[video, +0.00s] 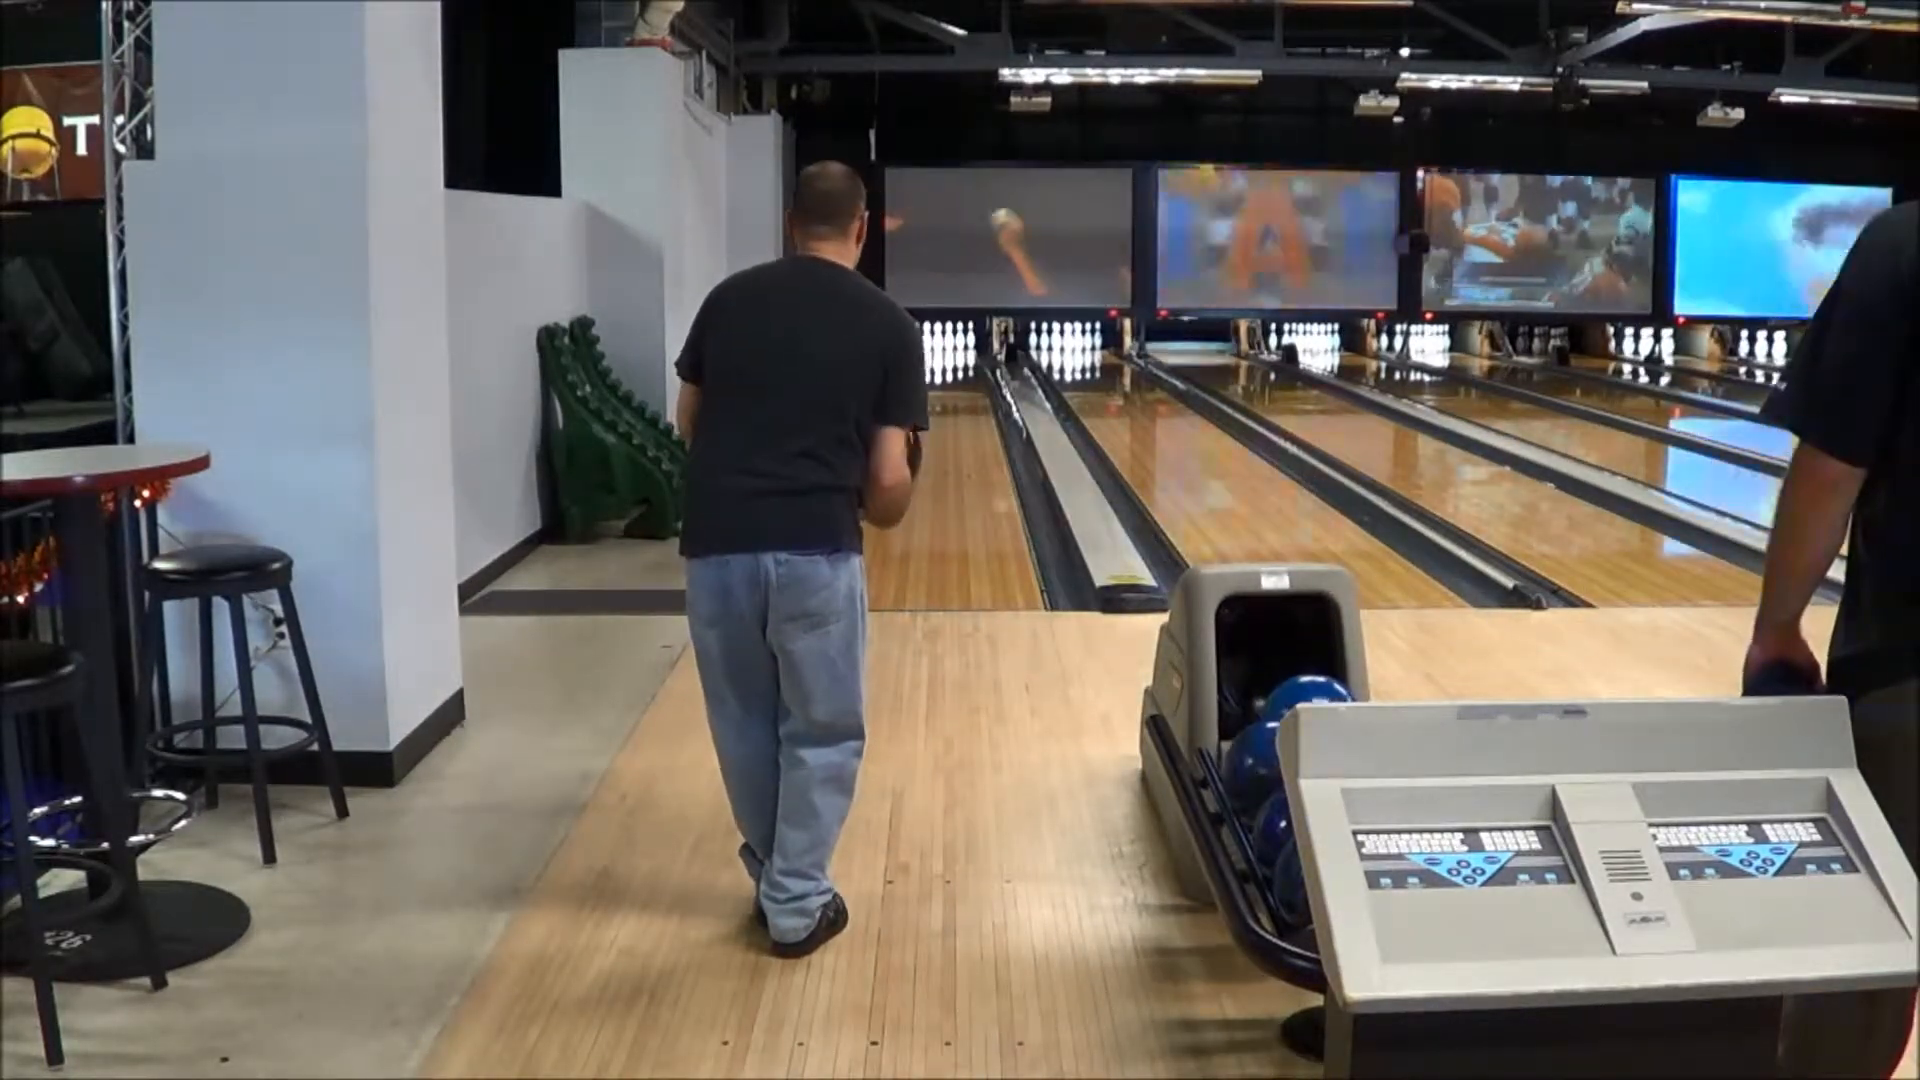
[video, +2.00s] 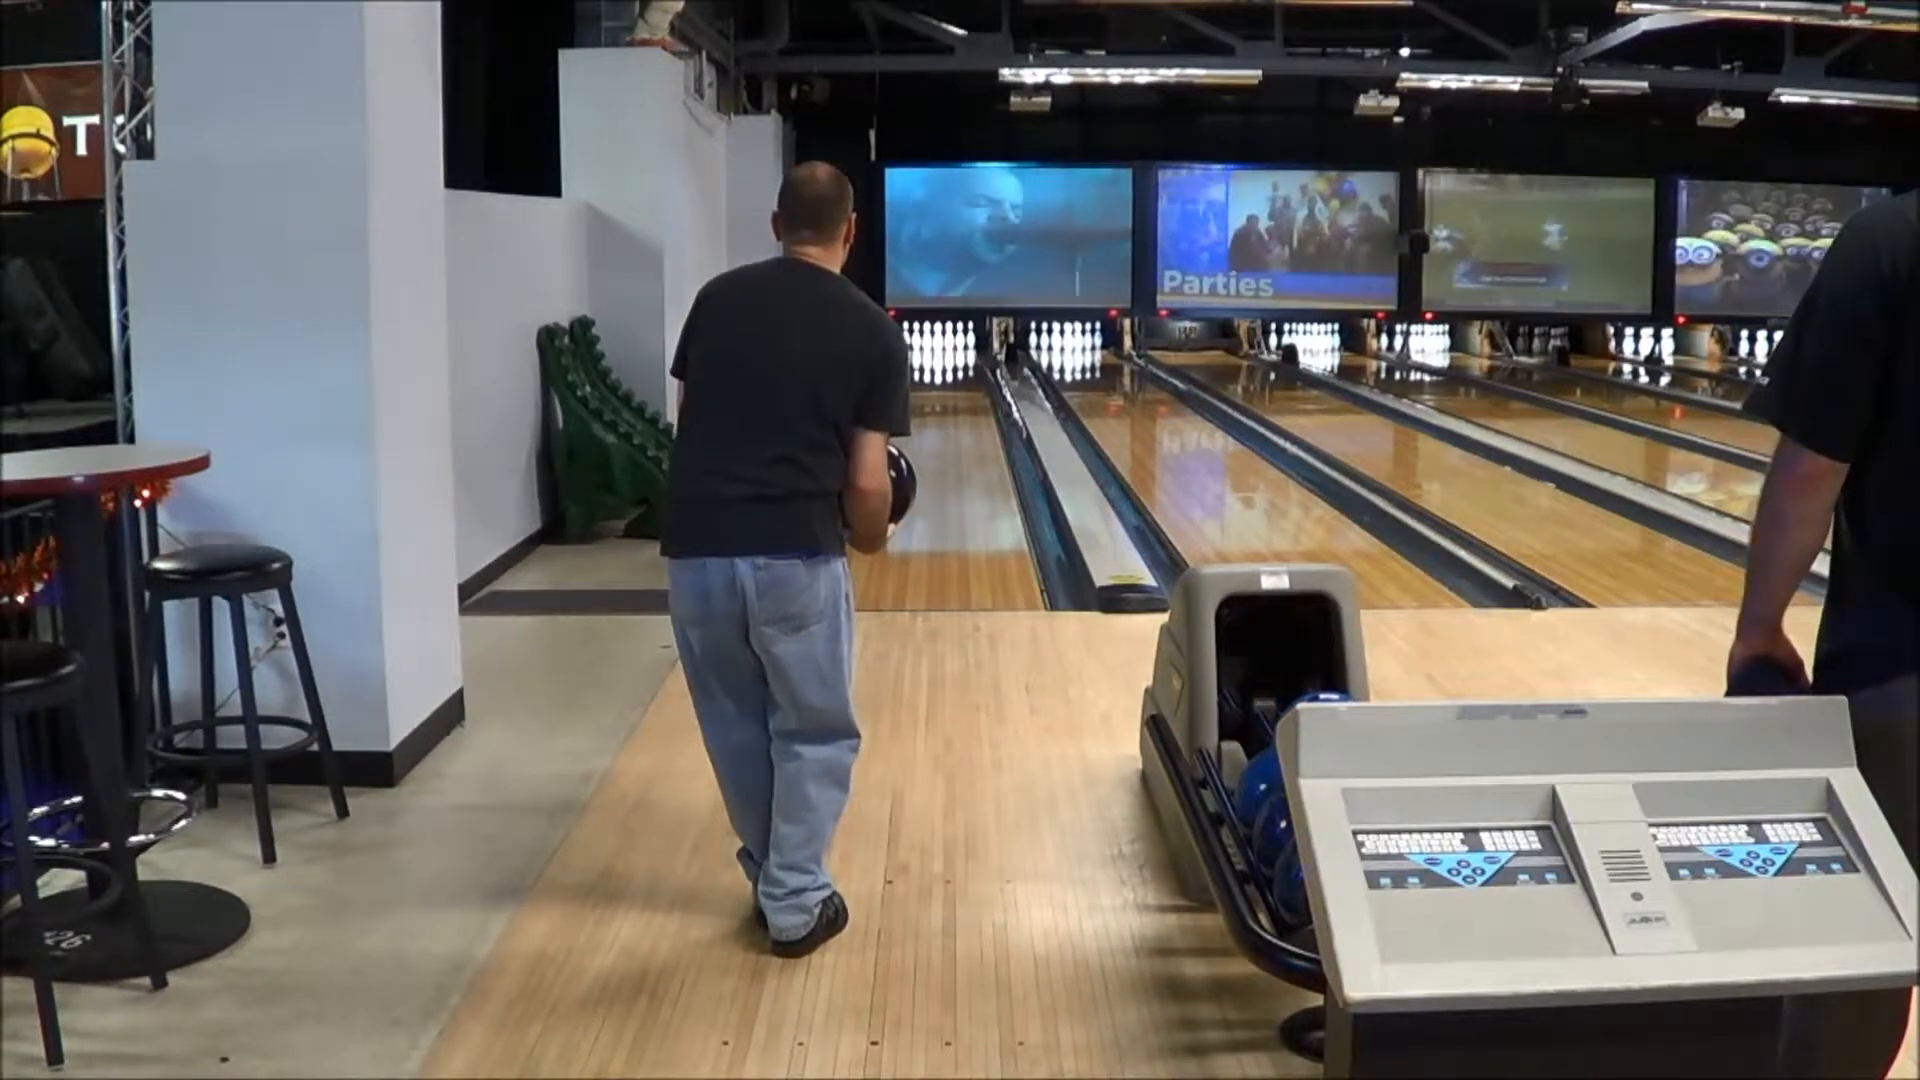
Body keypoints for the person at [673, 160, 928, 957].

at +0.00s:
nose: (865, 234)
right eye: (868, 223)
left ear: (789, 224)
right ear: (863, 228)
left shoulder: (730, 297)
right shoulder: (885, 322)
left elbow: (688, 419)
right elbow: (889, 476)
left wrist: (738, 462)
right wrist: (876, 512)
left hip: (716, 540)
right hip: (817, 542)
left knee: (742, 718)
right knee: (823, 730)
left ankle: (769, 868)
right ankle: (793, 905)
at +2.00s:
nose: (850, 235)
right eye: (854, 224)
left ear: (775, 226)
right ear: (851, 229)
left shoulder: (717, 298)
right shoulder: (868, 328)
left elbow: (686, 421)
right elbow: (867, 485)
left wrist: (724, 486)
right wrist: (873, 538)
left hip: (695, 549)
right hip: (796, 551)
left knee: (733, 722)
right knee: (814, 731)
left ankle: (769, 869)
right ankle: (793, 903)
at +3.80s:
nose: (864, 270)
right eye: (865, 261)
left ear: (799, 258)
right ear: (861, 263)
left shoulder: (755, 303)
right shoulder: (869, 341)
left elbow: (749, 404)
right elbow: (862, 466)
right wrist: (854, 530)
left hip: (704, 496)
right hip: (782, 505)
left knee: (721, 635)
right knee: (794, 654)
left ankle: (751, 763)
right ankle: (779, 794)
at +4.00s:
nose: (864, 271)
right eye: (867, 262)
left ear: (804, 257)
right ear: (864, 262)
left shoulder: (764, 297)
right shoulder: (866, 320)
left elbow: (745, 395)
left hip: (701, 465)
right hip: (778, 473)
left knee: (722, 618)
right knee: (786, 625)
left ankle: (754, 744)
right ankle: (780, 770)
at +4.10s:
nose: (868, 271)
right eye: (869, 263)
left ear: (807, 260)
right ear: (865, 262)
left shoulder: (769, 297)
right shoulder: (861, 309)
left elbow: (723, 369)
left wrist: (682, 418)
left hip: (705, 457)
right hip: (778, 460)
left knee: (722, 613)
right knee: (794, 611)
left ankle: (755, 750)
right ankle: (780, 723)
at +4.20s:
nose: (876, 281)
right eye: (877, 273)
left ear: (813, 267)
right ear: (871, 271)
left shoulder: (777, 308)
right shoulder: (861, 306)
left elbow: (719, 361)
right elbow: (867, 356)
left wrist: (680, 391)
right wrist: (865, 425)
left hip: (710, 456)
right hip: (782, 457)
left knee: (730, 603)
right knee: (810, 593)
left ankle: (758, 750)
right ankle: (794, 710)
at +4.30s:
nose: (874, 291)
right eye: (877, 286)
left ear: (823, 279)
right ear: (876, 285)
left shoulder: (793, 318)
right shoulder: (859, 304)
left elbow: (752, 346)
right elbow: (873, 313)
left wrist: (715, 358)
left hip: (721, 456)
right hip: (792, 457)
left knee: (746, 599)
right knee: (827, 584)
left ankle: (762, 749)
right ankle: (821, 710)